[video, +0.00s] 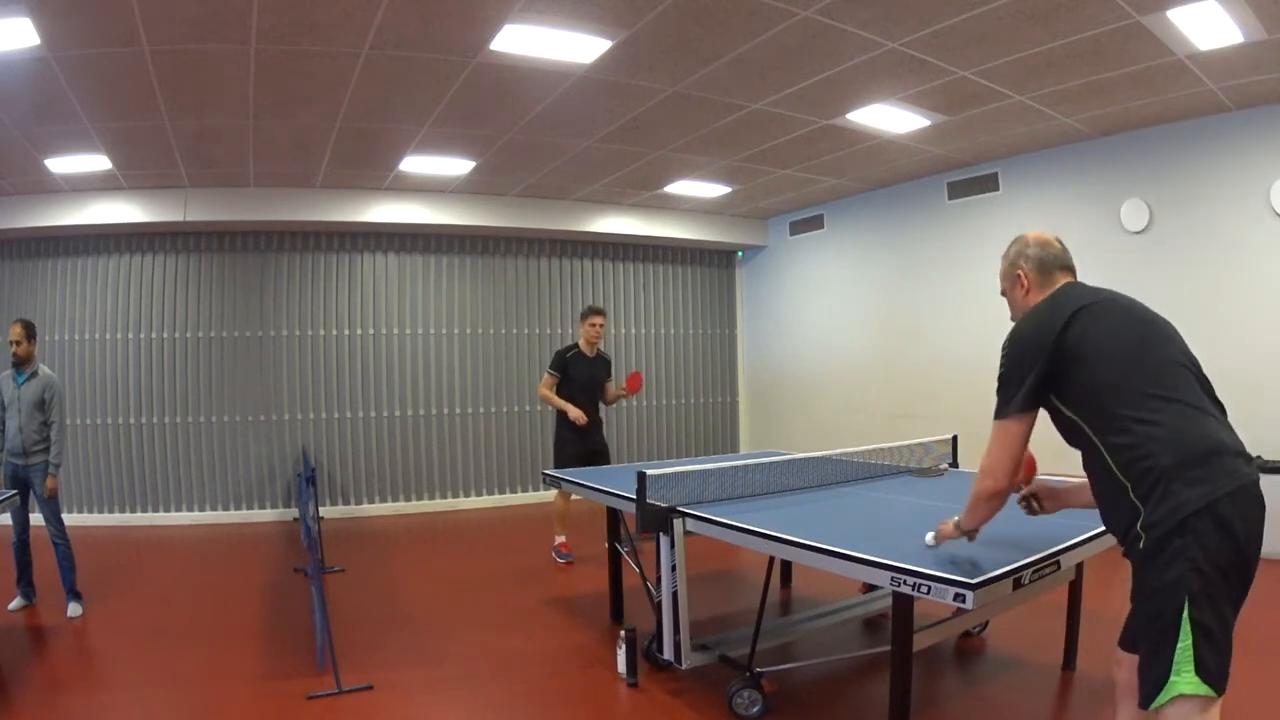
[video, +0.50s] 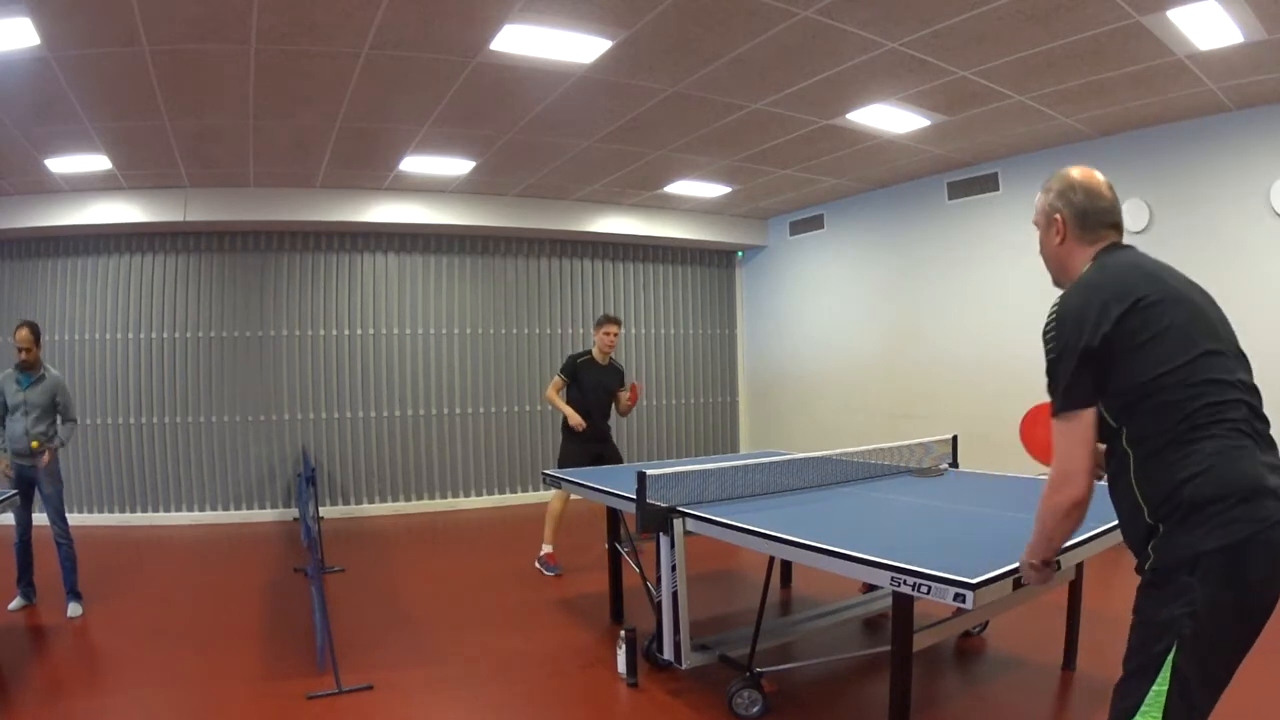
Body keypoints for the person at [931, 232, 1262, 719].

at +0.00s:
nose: (1009, 313)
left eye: (1006, 297)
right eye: (1005, 299)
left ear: (1022, 281)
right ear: (1069, 275)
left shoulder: (1034, 332)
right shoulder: (1119, 312)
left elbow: (996, 479)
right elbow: (1159, 466)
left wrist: (965, 525)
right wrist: (1063, 496)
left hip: (1188, 510)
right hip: (1227, 493)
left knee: (1184, 703)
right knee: (1133, 666)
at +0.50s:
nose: (1037, 246)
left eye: (1038, 229)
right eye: (1037, 230)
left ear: (1058, 227)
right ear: (1111, 224)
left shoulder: (1078, 308)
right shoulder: (1168, 282)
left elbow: (1071, 482)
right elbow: (1193, 420)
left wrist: (1037, 559)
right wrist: (1109, 452)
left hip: (1207, 536)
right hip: (1264, 518)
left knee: (1143, 707)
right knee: (1181, 703)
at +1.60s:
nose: (1120, 192)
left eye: (1122, 173)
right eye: (1120, 174)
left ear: (1144, 173)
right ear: (1194, 172)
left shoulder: (1174, 263)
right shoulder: (1238, 243)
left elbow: (1244, 412)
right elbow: (1258, 376)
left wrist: (1196, 552)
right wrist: (1176, 422)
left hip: (1243, 566)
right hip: (1268, 552)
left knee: (1155, 713)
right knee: (1191, 707)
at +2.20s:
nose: (1118, 273)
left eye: (1124, 257)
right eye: (1119, 257)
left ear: (1151, 260)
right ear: (1157, 260)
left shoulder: (1207, 319)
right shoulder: (1199, 323)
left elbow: (1272, 428)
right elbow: (1192, 456)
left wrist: (1225, 556)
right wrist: (1112, 513)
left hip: (1267, 563)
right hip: (1260, 559)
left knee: (1181, 709)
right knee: (1197, 703)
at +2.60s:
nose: (1090, 215)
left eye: (1094, 196)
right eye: (1091, 197)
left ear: (1121, 199)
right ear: (1138, 198)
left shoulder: (1182, 275)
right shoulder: (1186, 269)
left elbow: (1256, 405)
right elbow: (1195, 415)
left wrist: (1194, 554)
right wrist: (1096, 427)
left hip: (1244, 566)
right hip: (1248, 559)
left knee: (1169, 712)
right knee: (1188, 708)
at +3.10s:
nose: (1133, 252)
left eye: (1139, 235)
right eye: (1134, 236)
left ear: (1166, 239)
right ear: (1176, 239)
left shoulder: (1209, 305)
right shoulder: (1224, 297)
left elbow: (1262, 433)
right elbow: (1227, 445)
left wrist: (1200, 550)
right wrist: (1154, 511)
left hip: (1265, 555)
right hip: (1264, 549)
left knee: (1185, 708)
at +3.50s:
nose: (1109, 218)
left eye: (1116, 199)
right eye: (1111, 200)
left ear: (1149, 205)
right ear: (1153, 206)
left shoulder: (1212, 282)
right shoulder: (1183, 299)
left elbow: (1278, 405)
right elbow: (1136, 410)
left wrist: (1259, 558)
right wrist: (1051, 402)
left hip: (1257, 561)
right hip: (1240, 555)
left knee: (1194, 712)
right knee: (1209, 709)